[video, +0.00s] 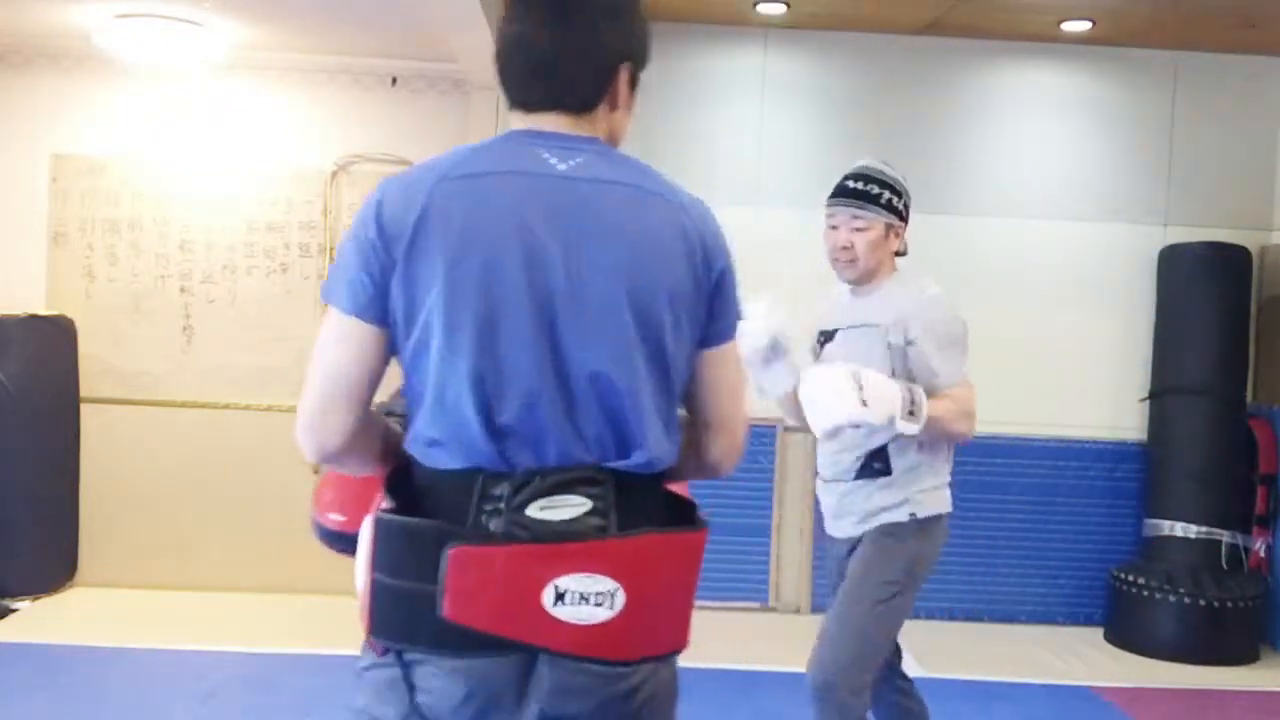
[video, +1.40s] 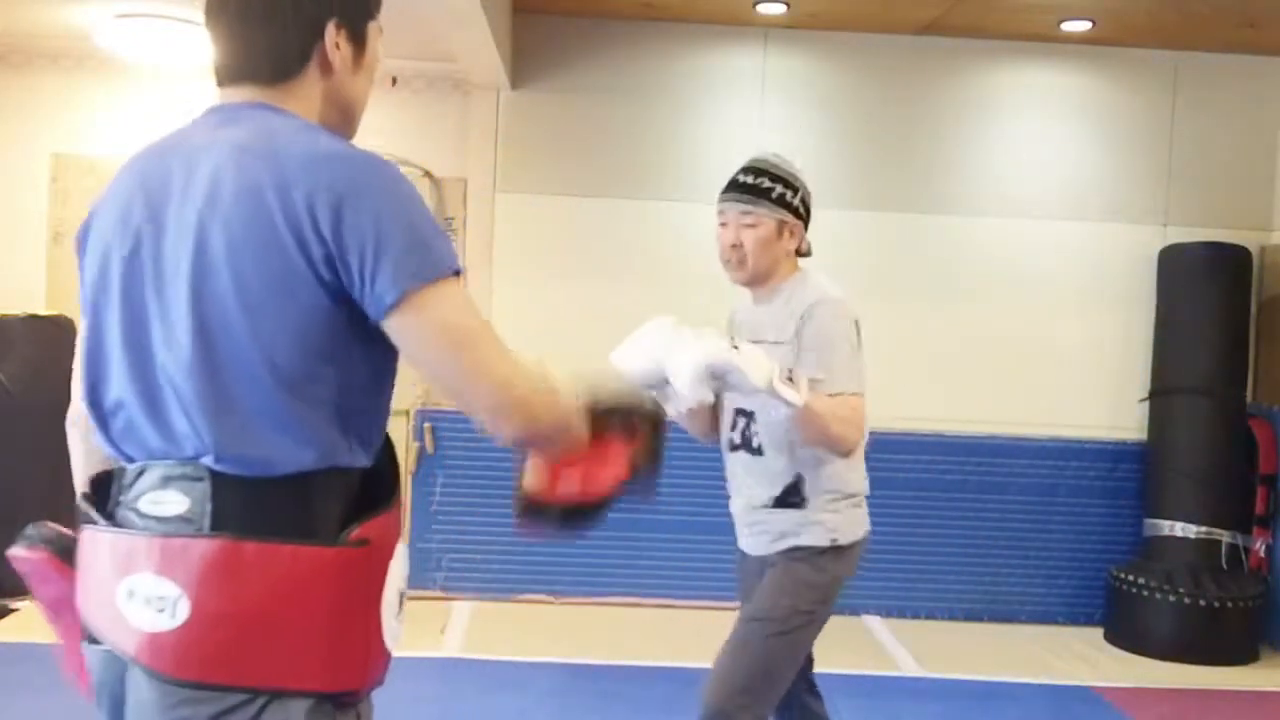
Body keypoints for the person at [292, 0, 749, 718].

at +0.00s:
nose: (632, 103)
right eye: (636, 85)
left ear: (506, 74)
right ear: (621, 85)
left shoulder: (405, 205)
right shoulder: (685, 223)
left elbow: (328, 433)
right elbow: (718, 447)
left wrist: (420, 448)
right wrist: (604, 447)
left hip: (445, 605)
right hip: (618, 608)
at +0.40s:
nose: (526, 120)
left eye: (528, 101)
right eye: (529, 102)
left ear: (406, 94)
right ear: (512, 104)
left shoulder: (312, 225)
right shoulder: (574, 231)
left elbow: (256, 448)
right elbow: (621, 440)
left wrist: (350, 411)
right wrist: (516, 414)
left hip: (363, 602)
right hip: (528, 601)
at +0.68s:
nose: (446, 107)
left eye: (444, 85)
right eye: (444, 83)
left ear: (324, 83)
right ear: (417, 84)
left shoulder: (228, 214)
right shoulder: (475, 210)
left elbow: (194, 416)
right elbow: (537, 419)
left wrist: (305, 402)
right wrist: (478, 398)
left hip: (287, 574)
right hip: (440, 568)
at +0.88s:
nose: (406, 87)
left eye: (406, 68)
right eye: (403, 67)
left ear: (286, 71)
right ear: (370, 70)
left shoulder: (191, 198)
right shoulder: (416, 188)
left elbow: (167, 396)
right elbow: (500, 405)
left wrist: (268, 427)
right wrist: (470, 442)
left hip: (228, 532)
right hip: (370, 531)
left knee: (258, 709)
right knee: (408, 708)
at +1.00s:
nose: (392, 83)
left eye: (393, 64)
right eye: (390, 63)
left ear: (270, 68)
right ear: (354, 67)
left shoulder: (174, 197)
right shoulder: (389, 187)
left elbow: (144, 396)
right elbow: (473, 414)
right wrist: (499, 530)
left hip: (192, 542)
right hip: (329, 549)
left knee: (232, 705)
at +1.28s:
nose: (384, 83)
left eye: (384, 62)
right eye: (381, 61)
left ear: (247, 63)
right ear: (340, 63)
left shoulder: (146, 199)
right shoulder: (362, 193)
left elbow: (85, 411)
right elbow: (488, 433)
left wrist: (90, 550)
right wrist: (548, 563)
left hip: (148, 581)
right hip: (287, 593)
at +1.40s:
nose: (376, 80)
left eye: (379, 56)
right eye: (374, 53)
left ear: (233, 46)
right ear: (333, 45)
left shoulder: (123, 192)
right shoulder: (345, 180)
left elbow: (87, 423)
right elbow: (510, 410)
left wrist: (110, 537)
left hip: (121, 570)